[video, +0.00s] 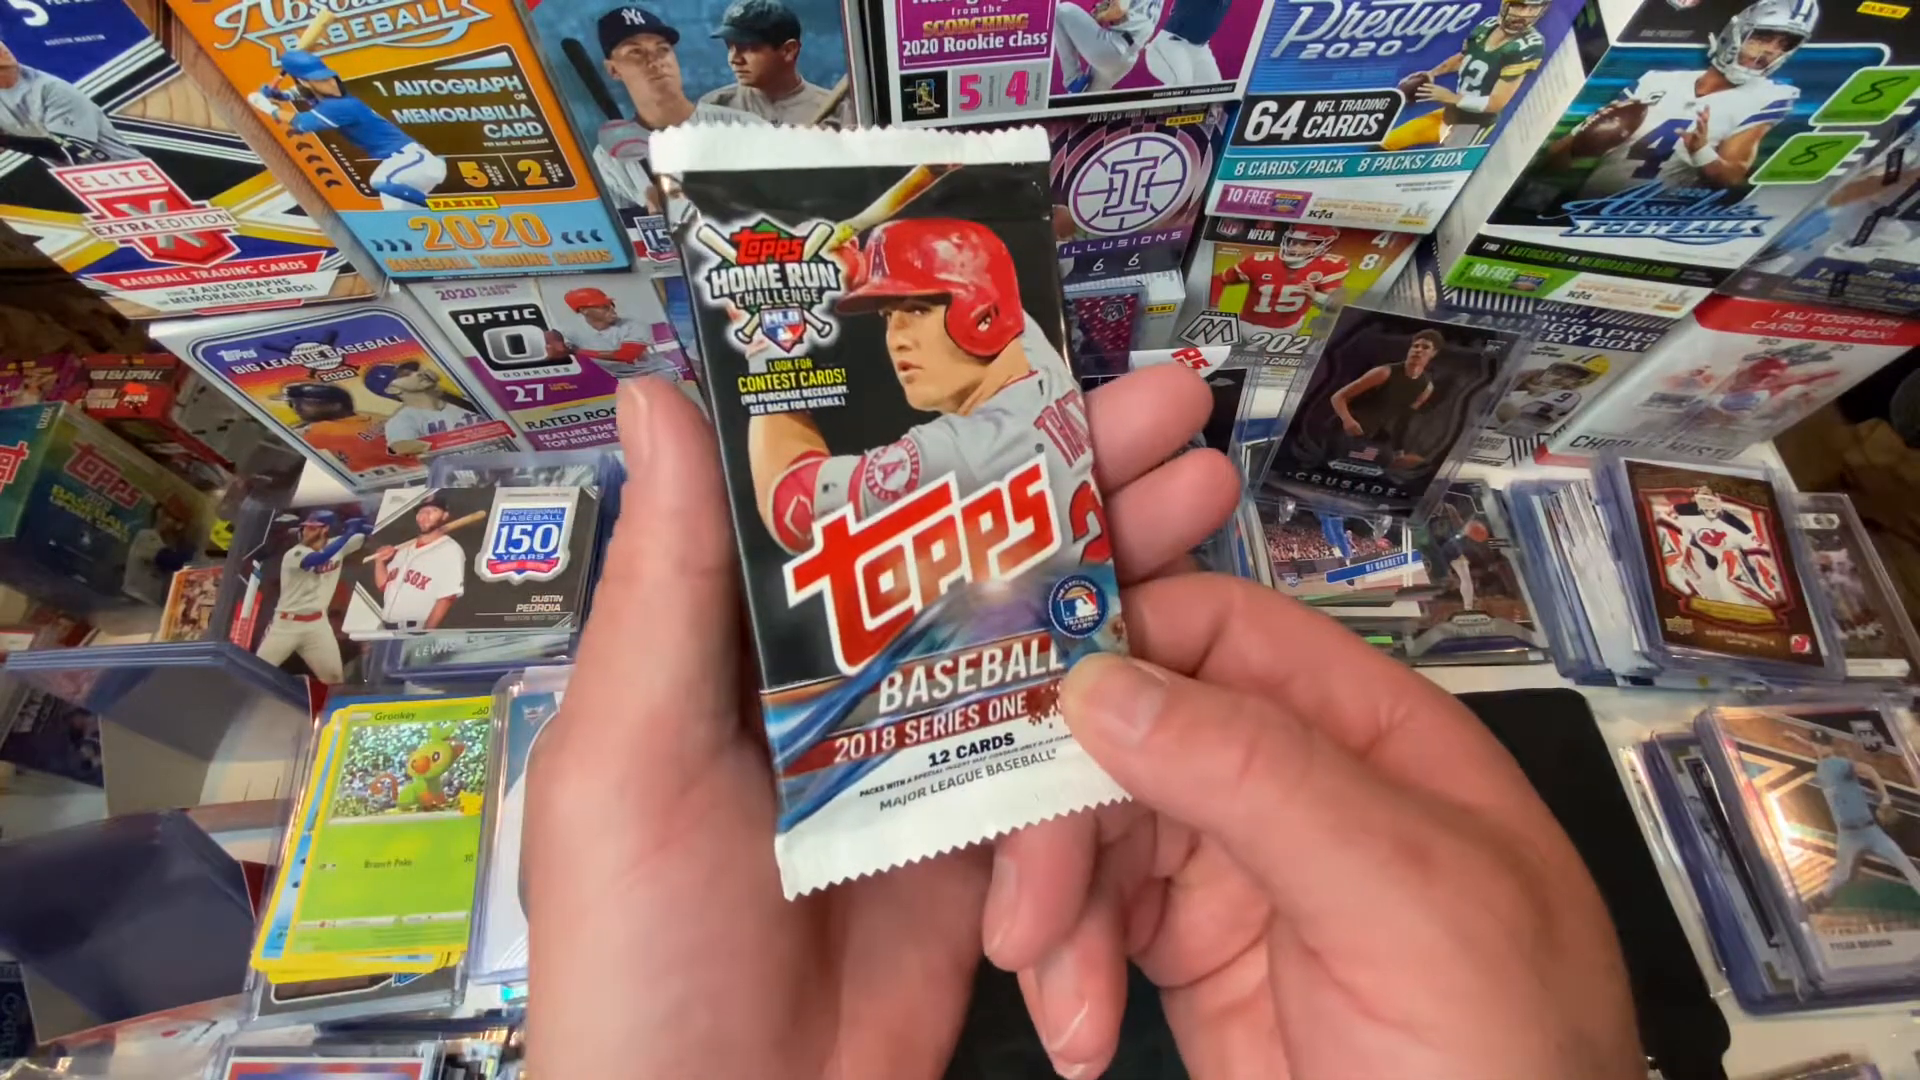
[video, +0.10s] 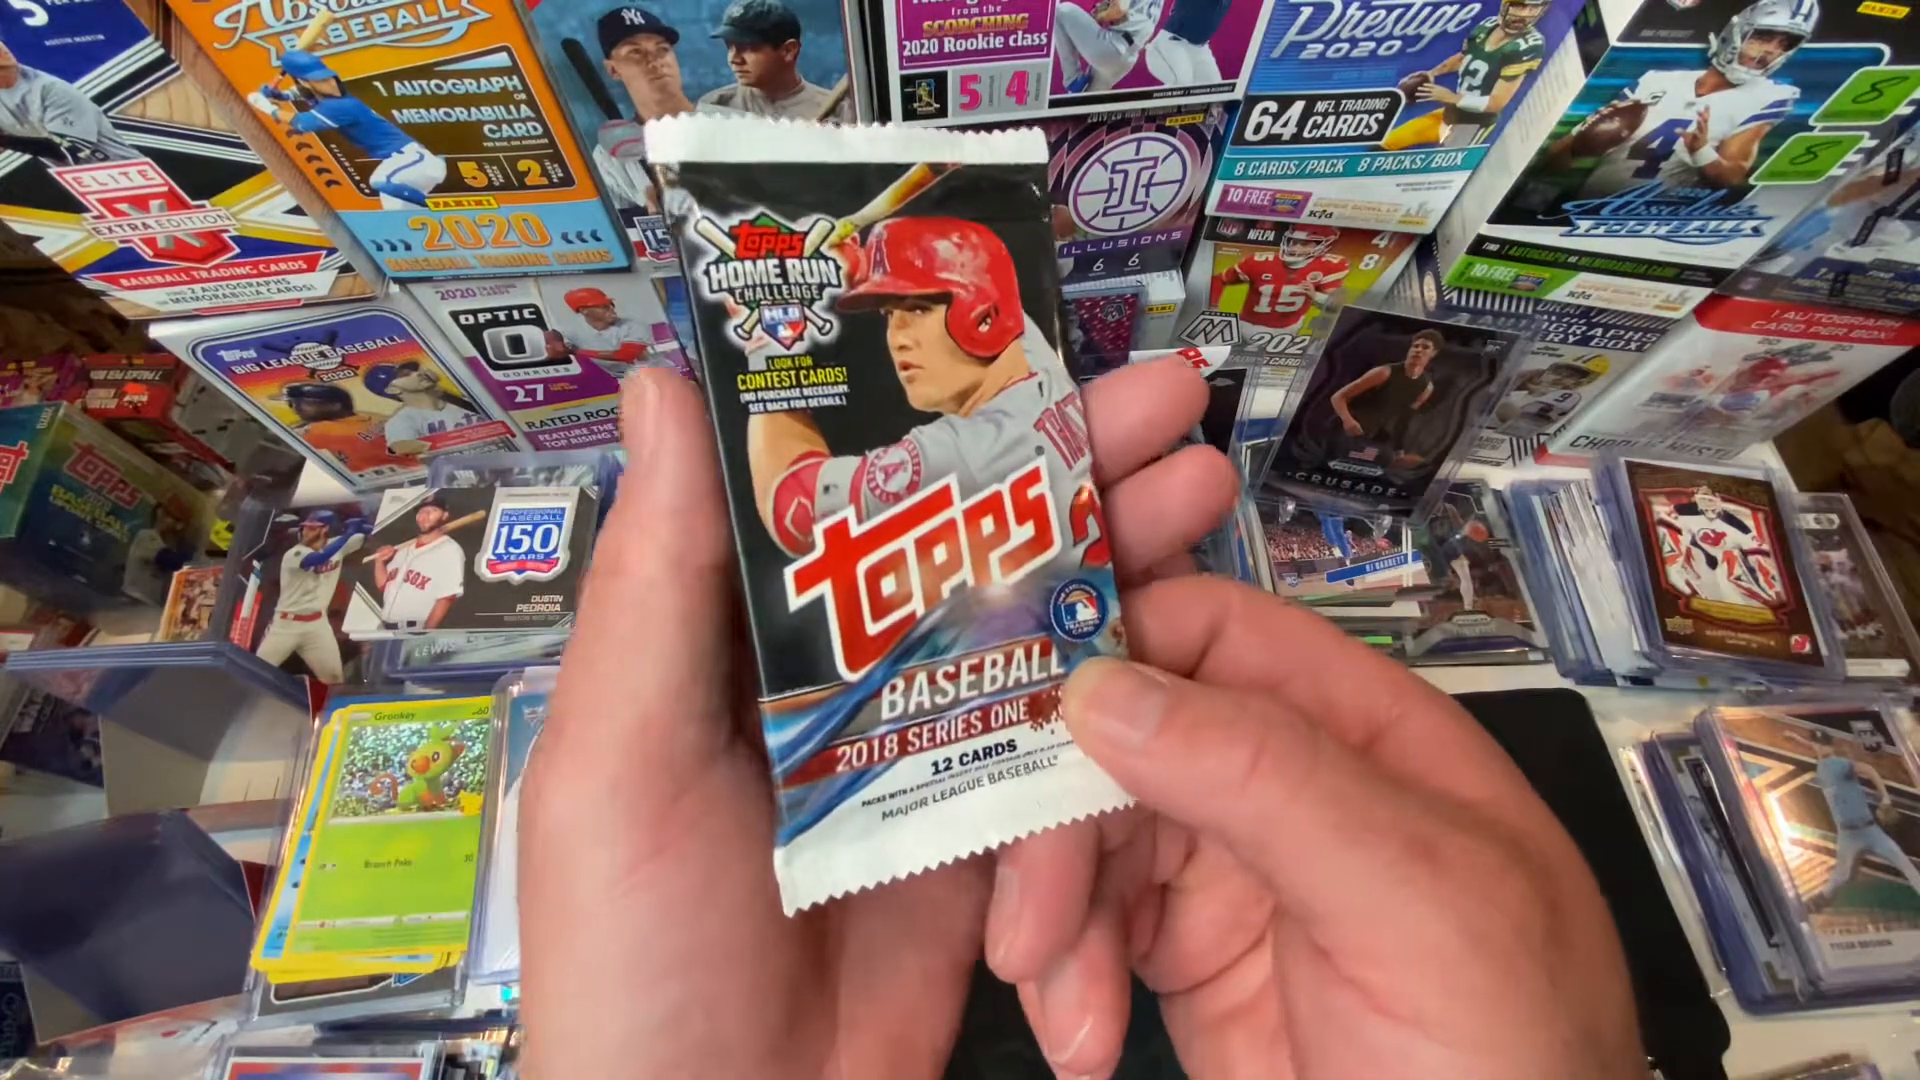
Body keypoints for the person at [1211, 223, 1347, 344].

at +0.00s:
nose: (1296, 249)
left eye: (1304, 245)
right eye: (1293, 243)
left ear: (1315, 248)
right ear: (1286, 242)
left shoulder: (1322, 270)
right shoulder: (1259, 263)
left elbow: (1337, 304)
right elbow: (1219, 280)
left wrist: (1315, 296)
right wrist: (1211, 313)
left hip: (1286, 335)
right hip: (1249, 330)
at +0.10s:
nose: (1295, 249)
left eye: (1304, 245)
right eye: (1292, 243)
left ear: (1315, 248)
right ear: (1286, 242)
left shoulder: (1322, 271)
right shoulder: (1259, 263)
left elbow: (1337, 304)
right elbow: (1219, 280)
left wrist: (1315, 296)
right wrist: (1211, 312)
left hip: (1285, 335)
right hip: (1249, 330)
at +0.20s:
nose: (1295, 249)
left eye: (1304, 244)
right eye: (1292, 242)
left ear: (1316, 248)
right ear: (1286, 241)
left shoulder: (1323, 270)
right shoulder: (1259, 263)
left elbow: (1337, 304)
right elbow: (1219, 280)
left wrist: (1315, 296)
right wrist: (1212, 312)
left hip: (1286, 335)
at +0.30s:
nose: (1295, 249)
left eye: (1304, 244)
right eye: (1292, 242)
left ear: (1316, 248)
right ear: (1285, 242)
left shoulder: (1323, 270)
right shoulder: (1258, 264)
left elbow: (1336, 304)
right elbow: (1219, 280)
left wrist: (1315, 296)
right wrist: (1212, 311)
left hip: (1286, 335)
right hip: (1248, 331)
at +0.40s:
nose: (1296, 248)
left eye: (1303, 244)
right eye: (1292, 242)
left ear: (1315, 248)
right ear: (1285, 242)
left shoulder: (1322, 270)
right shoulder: (1259, 263)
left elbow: (1337, 304)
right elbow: (1219, 279)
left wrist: (1315, 296)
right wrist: (1212, 313)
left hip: (1286, 335)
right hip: (1249, 329)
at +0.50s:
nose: (1295, 249)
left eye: (1304, 244)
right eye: (1292, 242)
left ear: (1316, 248)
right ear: (1285, 242)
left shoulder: (1323, 270)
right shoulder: (1259, 264)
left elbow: (1336, 304)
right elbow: (1219, 280)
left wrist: (1315, 296)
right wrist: (1212, 312)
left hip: (1286, 334)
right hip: (1249, 330)